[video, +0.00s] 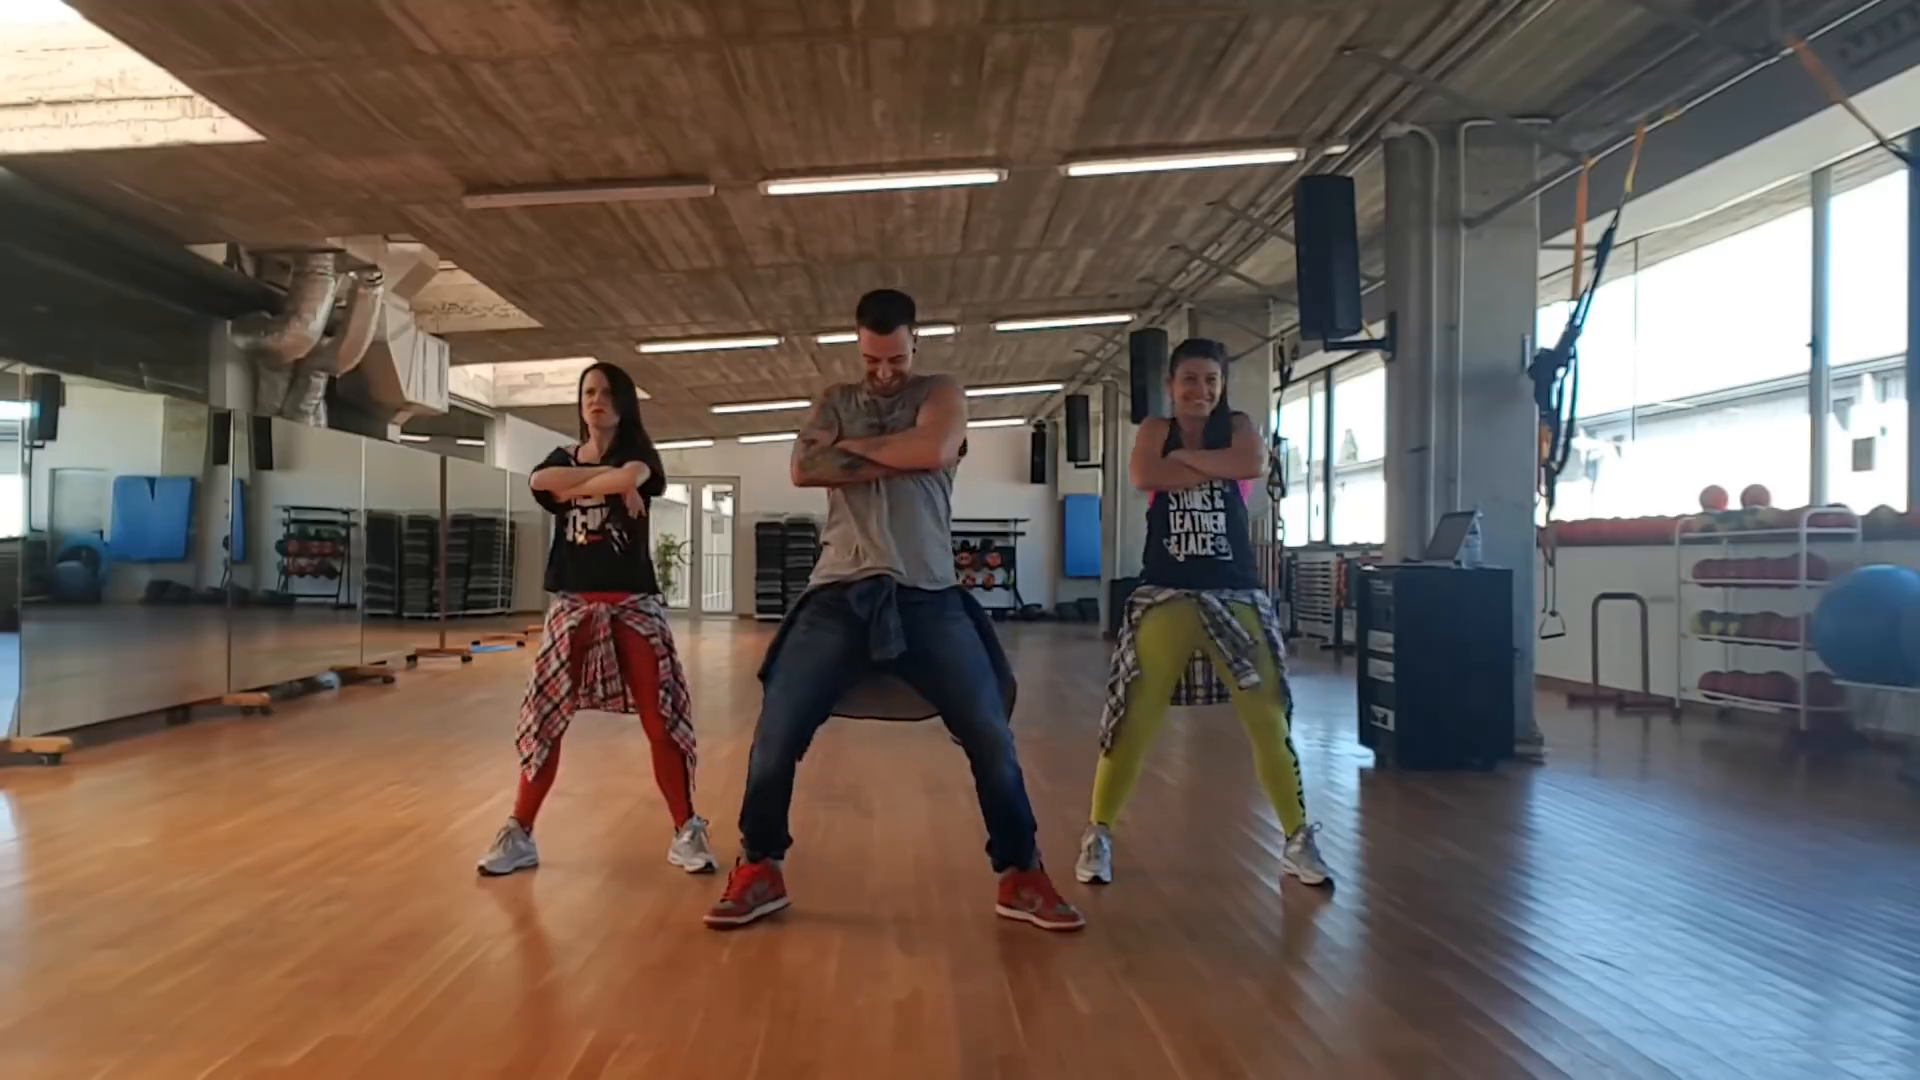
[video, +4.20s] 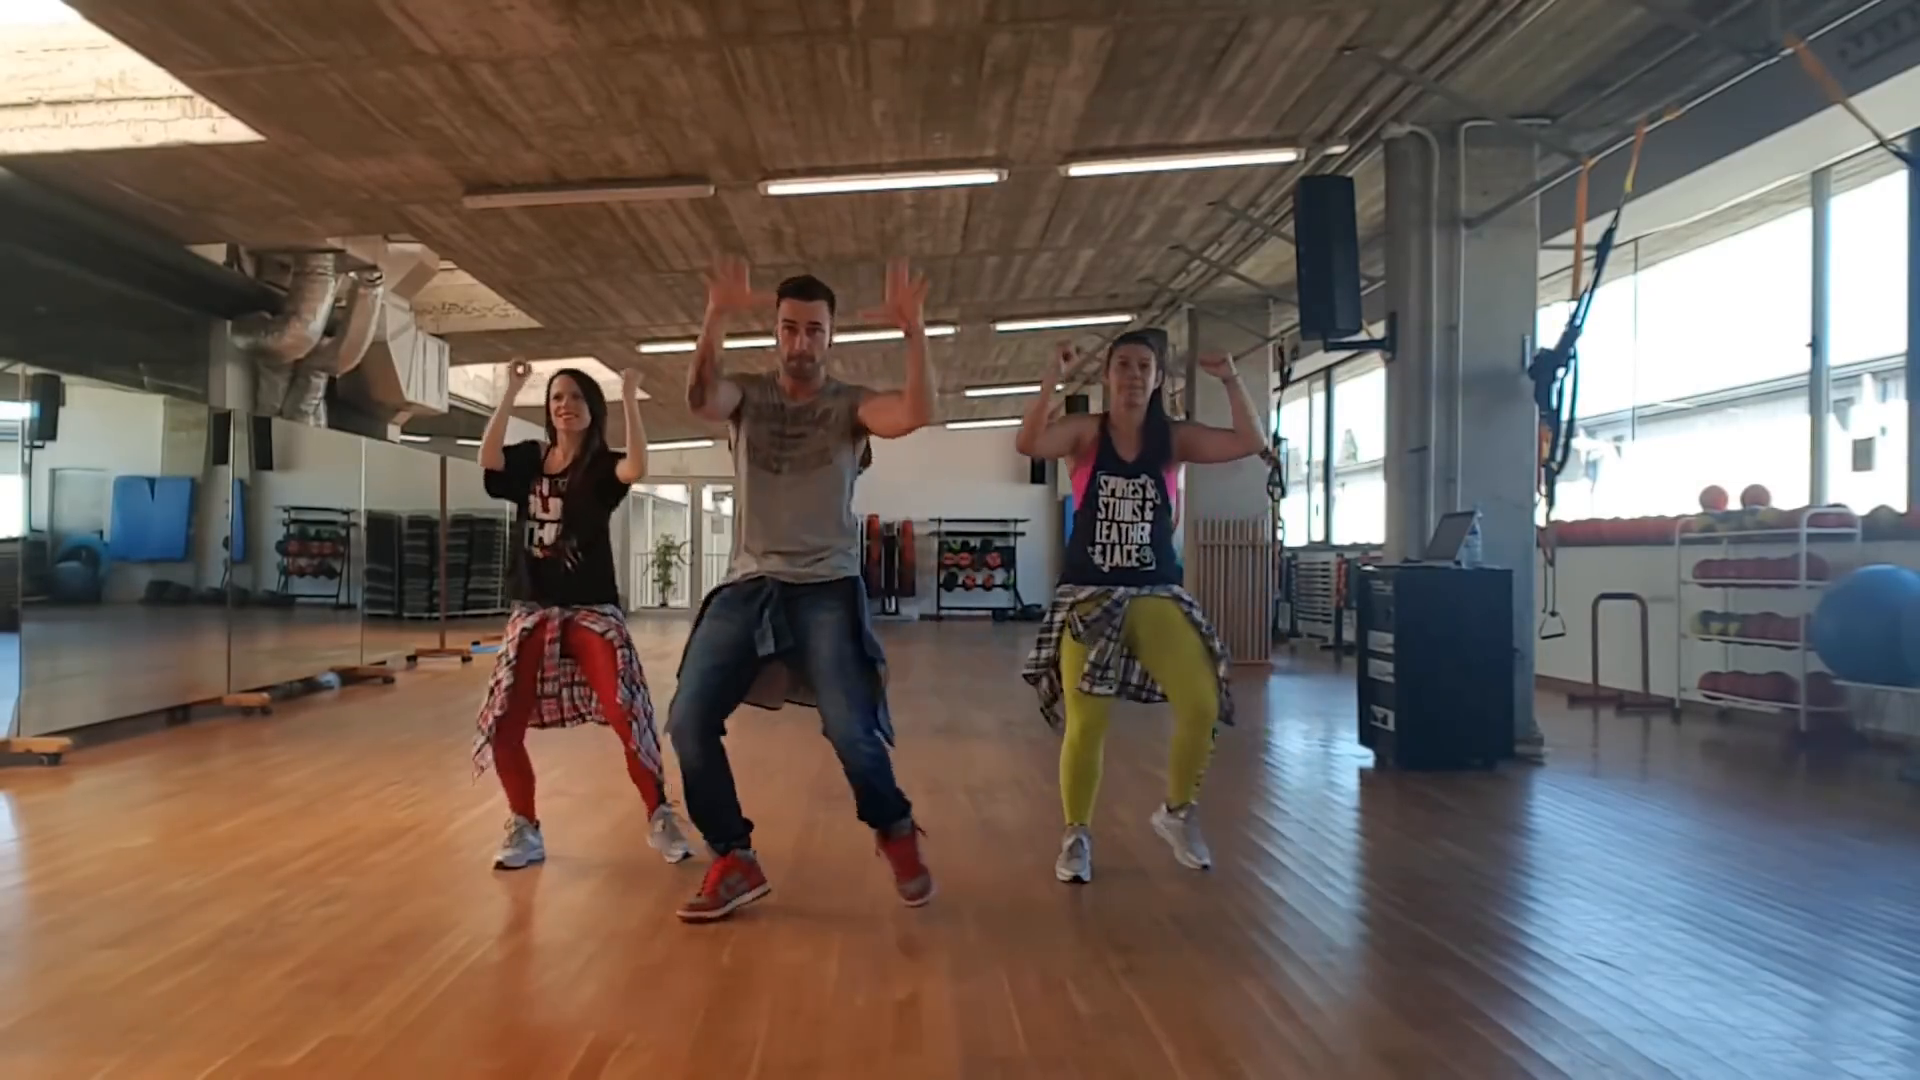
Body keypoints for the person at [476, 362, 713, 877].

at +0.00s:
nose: (597, 401)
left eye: (606, 394)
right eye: (590, 394)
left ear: (625, 403)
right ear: (580, 402)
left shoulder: (641, 457)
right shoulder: (563, 455)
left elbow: (625, 481)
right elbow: (540, 482)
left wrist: (567, 487)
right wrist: (611, 479)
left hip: (634, 600)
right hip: (572, 600)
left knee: (660, 717)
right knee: (546, 714)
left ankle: (687, 829)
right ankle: (520, 834)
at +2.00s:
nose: (578, 402)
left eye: (587, 394)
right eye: (571, 394)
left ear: (607, 402)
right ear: (561, 403)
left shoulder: (633, 453)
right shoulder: (551, 461)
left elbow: (628, 483)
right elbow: (535, 486)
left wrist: (567, 487)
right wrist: (603, 472)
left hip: (634, 601)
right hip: (572, 603)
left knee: (659, 719)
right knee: (547, 716)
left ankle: (687, 830)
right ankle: (520, 834)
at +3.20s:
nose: (609, 391)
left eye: (618, 383)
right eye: (600, 386)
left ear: (637, 396)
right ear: (590, 400)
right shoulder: (569, 458)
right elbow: (515, 494)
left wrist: (618, 545)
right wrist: (567, 499)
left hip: (641, 606)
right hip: (578, 607)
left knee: (670, 724)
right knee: (540, 716)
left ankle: (686, 833)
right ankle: (518, 834)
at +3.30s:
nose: (620, 389)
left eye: (628, 381)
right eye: (611, 384)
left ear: (648, 390)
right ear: (601, 397)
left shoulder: (665, 449)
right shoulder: (577, 450)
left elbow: (695, 464)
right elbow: (513, 452)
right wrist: (501, 452)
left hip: (659, 600)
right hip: (596, 601)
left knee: (676, 722)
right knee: (559, 714)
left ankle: (687, 832)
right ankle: (527, 831)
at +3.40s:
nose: (630, 392)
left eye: (638, 383)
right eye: (620, 387)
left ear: (656, 391)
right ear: (611, 400)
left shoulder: (677, 451)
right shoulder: (591, 454)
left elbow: (715, 438)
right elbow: (525, 450)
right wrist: (492, 398)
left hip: (673, 600)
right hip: (613, 598)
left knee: (686, 719)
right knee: (588, 709)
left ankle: (687, 831)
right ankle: (584, 812)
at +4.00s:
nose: (592, 423)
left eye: (600, 415)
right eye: (584, 417)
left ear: (620, 423)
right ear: (574, 428)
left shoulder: (631, 481)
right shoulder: (563, 480)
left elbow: (654, 491)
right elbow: (521, 491)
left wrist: (653, 417)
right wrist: (529, 425)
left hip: (626, 628)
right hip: (569, 629)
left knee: (656, 729)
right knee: (516, 720)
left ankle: (696, 831)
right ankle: (527, 832)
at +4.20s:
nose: (565, 404)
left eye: (575, 397)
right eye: (558, 397)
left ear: (594, 409)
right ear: (547, 410)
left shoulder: (603, 463)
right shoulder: (532, 458)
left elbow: (636, 468)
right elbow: (489, 461)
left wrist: (630, 398)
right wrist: (509, 393)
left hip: (591, 606)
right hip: (532, 606)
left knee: (623, 708)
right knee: (503, 725)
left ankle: (661, 818)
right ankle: (525, 829)